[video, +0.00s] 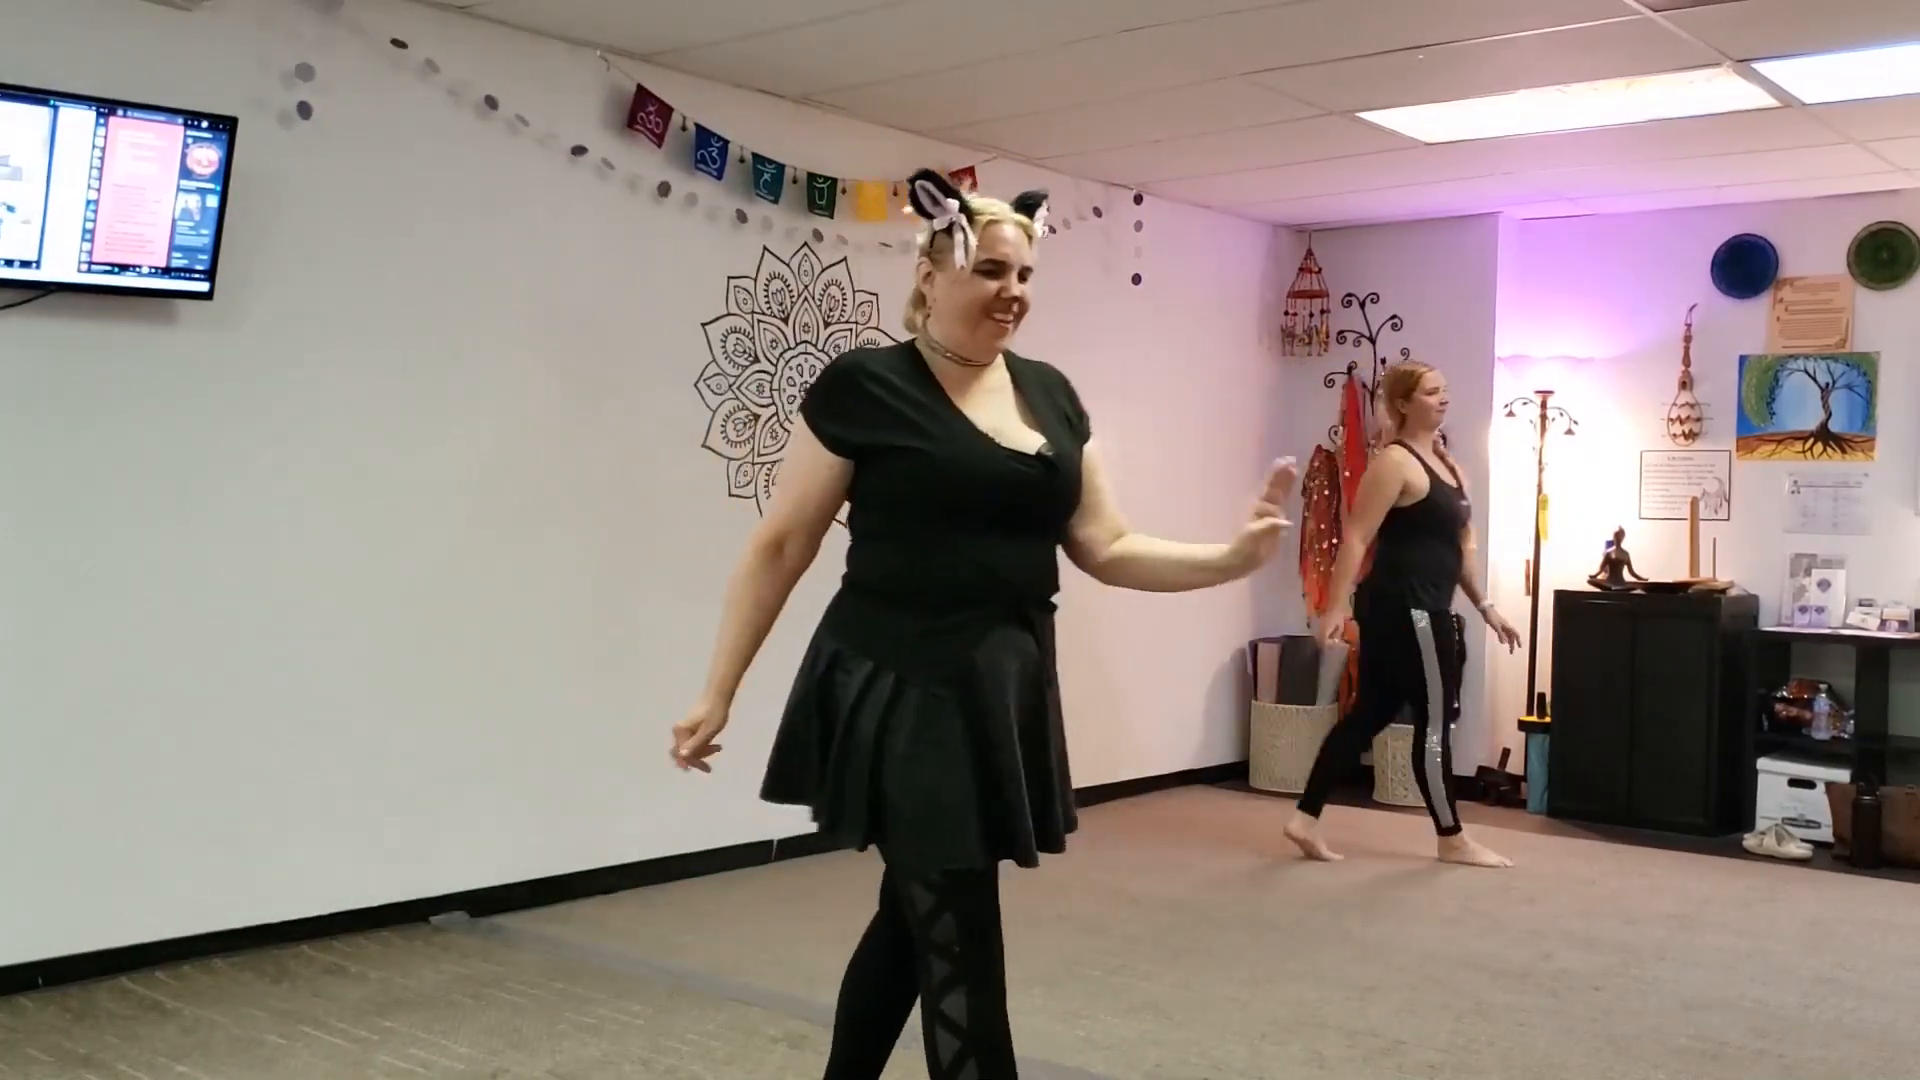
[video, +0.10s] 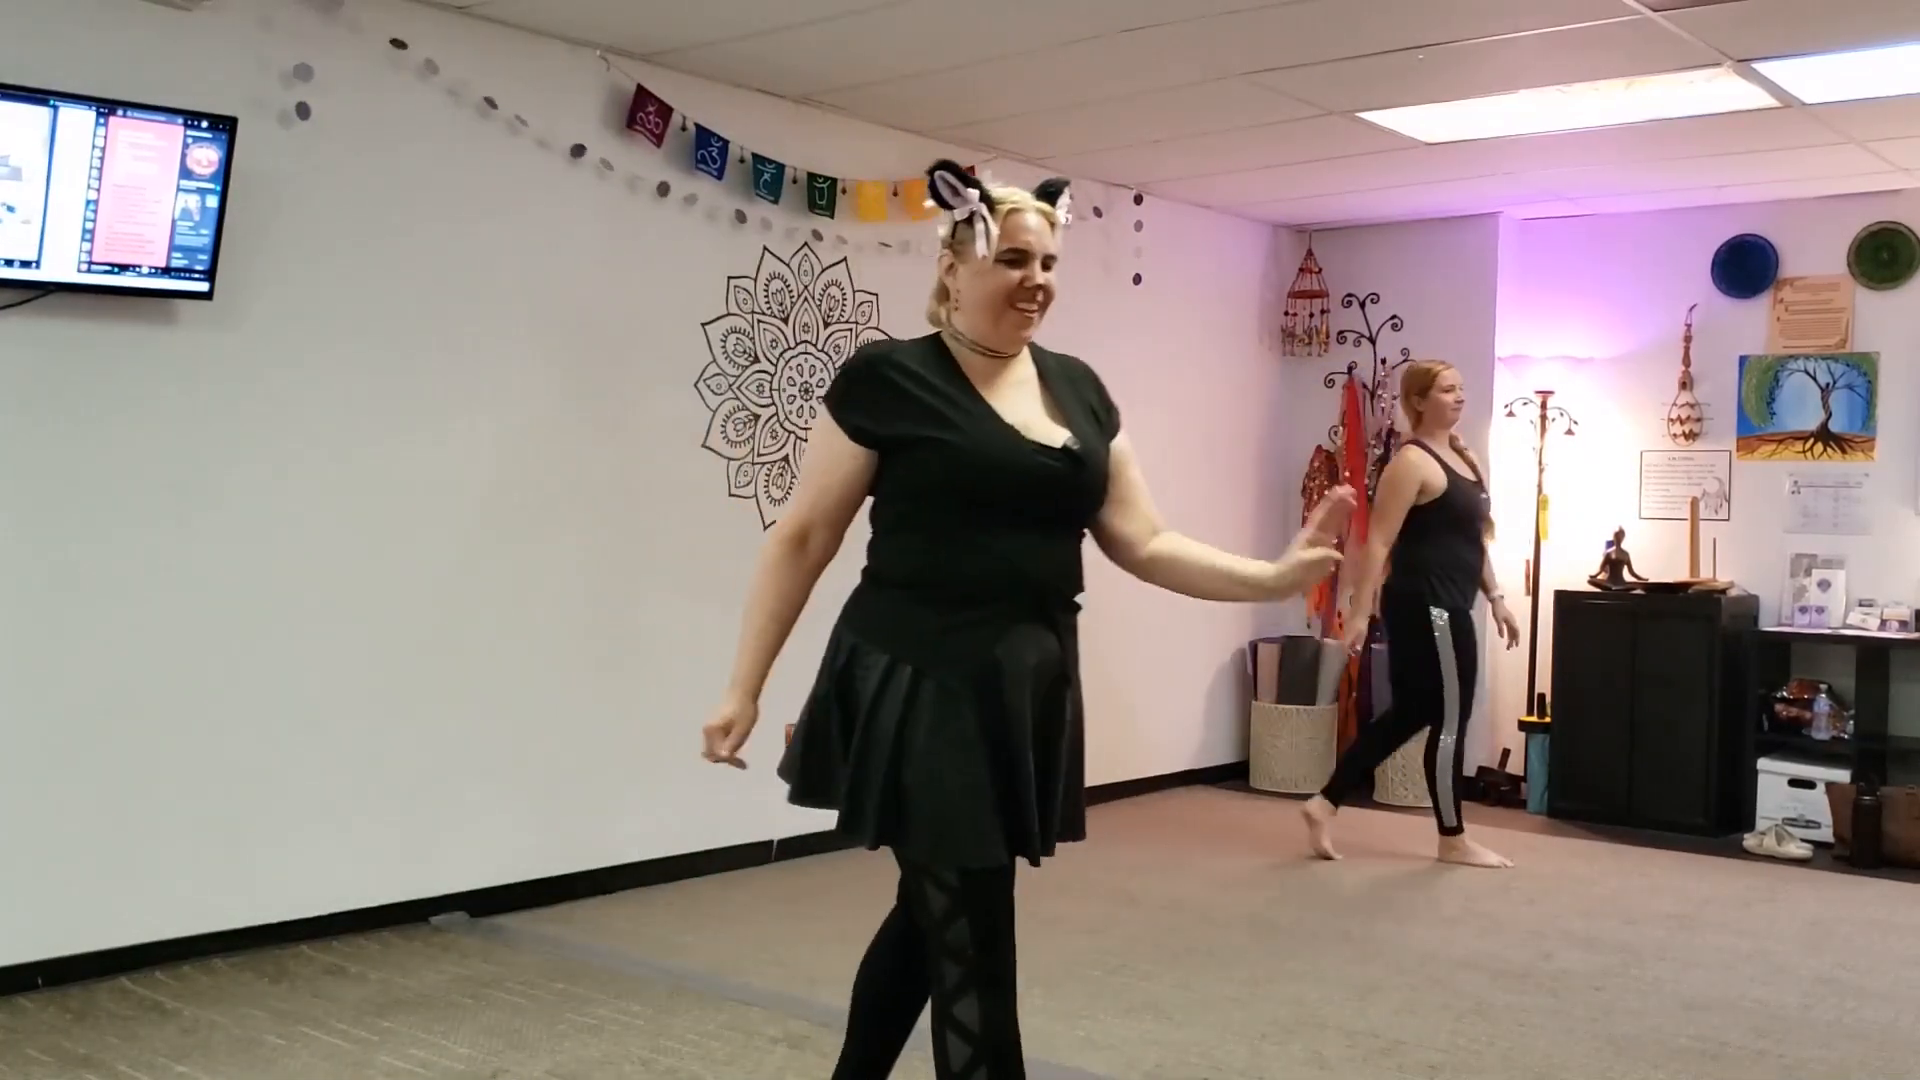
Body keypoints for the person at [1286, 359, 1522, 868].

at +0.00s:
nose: (1444, 399)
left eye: (1444, 392)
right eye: (1433, 393)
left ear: (1436, 402)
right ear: (1404, 403)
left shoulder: (1445, 463)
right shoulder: (1392, 462)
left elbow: (1458, 550)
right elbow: (1356, 537)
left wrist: (1486, 608)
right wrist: (1335, 608)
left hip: (1422, 602)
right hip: (1405, 604)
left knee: (1370, 713)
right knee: (1435, 717)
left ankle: (1305, 817)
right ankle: (1451, 838)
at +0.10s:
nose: (1461, 397)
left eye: (1461, 389)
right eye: (1449, 390)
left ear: (1457, 401)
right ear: (1419, 401)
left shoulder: (1463, 458)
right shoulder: (1408, 462)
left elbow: (1473, 539)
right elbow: (1378, 541)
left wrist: (1496, 599)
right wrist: (1360, 613)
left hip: (1447, 600)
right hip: (1423, 601)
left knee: (1411, 712)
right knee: (1450, 714)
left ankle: (1323, 804)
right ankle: (1452, 839)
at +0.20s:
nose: (1474, 401)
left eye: (1476, 394)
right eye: (1463, 394)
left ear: (1475, 403)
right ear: (1434, 402)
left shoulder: (1469, 453)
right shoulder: (1423, 466)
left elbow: (1484, 534)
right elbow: (1399, 550)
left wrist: (1504, 592)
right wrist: (1385, 623)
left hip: (1468, 601)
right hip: (1439, 603)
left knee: (1455, 714)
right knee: (1460, 713)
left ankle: (1358, 784)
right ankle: (1453, 838)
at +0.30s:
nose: (1487, 404)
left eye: (1488, 395)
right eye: (1478, 395)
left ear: (1482, 403)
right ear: (1447, 402)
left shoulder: (1483, 458)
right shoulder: (1436, 467)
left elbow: (1497, 533)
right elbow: (1418, 555)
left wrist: (1510, 592)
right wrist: (1416, 636)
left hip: (1487, 603)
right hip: (1452, 603)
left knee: (1505, 711)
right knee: (1468, 716)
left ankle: (1398, 779)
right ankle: (1454, 839)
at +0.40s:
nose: (1500, 402)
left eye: (1502, 394)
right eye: (1491, 394)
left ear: (1500, 402)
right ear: (1461, 400)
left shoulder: (1492, 457)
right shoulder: (1447, 465)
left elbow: (1504, 535)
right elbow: (1438, 558)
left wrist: (1516, 593)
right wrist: (1451, 637)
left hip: (1504, 608)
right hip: (1467, 609)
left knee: (1542, 709)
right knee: (1465, 724)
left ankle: (1466, 758)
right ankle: (1453, 839)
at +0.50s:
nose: (1514, 400)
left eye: (1516, 394)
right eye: (1504, 393)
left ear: (1512, 403)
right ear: (1475, 398)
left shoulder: (1504, 455)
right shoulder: (1460, 461)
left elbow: (1517, 538)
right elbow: (1456, 552)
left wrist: (1532, 597)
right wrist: (1480, 630)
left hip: (1515, 598)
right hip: (1468, 602)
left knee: (1561, 700)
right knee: (1470, 722)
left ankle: (1503, 796)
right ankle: (1454, 838)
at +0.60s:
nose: (1529, 400)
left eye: (1530, 393)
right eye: (1519, 392)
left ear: (1524, 401)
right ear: (1488, 396)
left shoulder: (1515, 454)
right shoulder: (1473, 457)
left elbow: (1524, 538)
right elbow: (1473, 548)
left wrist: (1537, 598)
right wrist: (1507, 622)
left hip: (1526, 597)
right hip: (1476, 601)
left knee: (1563, 704)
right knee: (1476, 719)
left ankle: (1555, 834)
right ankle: (1454, 837)